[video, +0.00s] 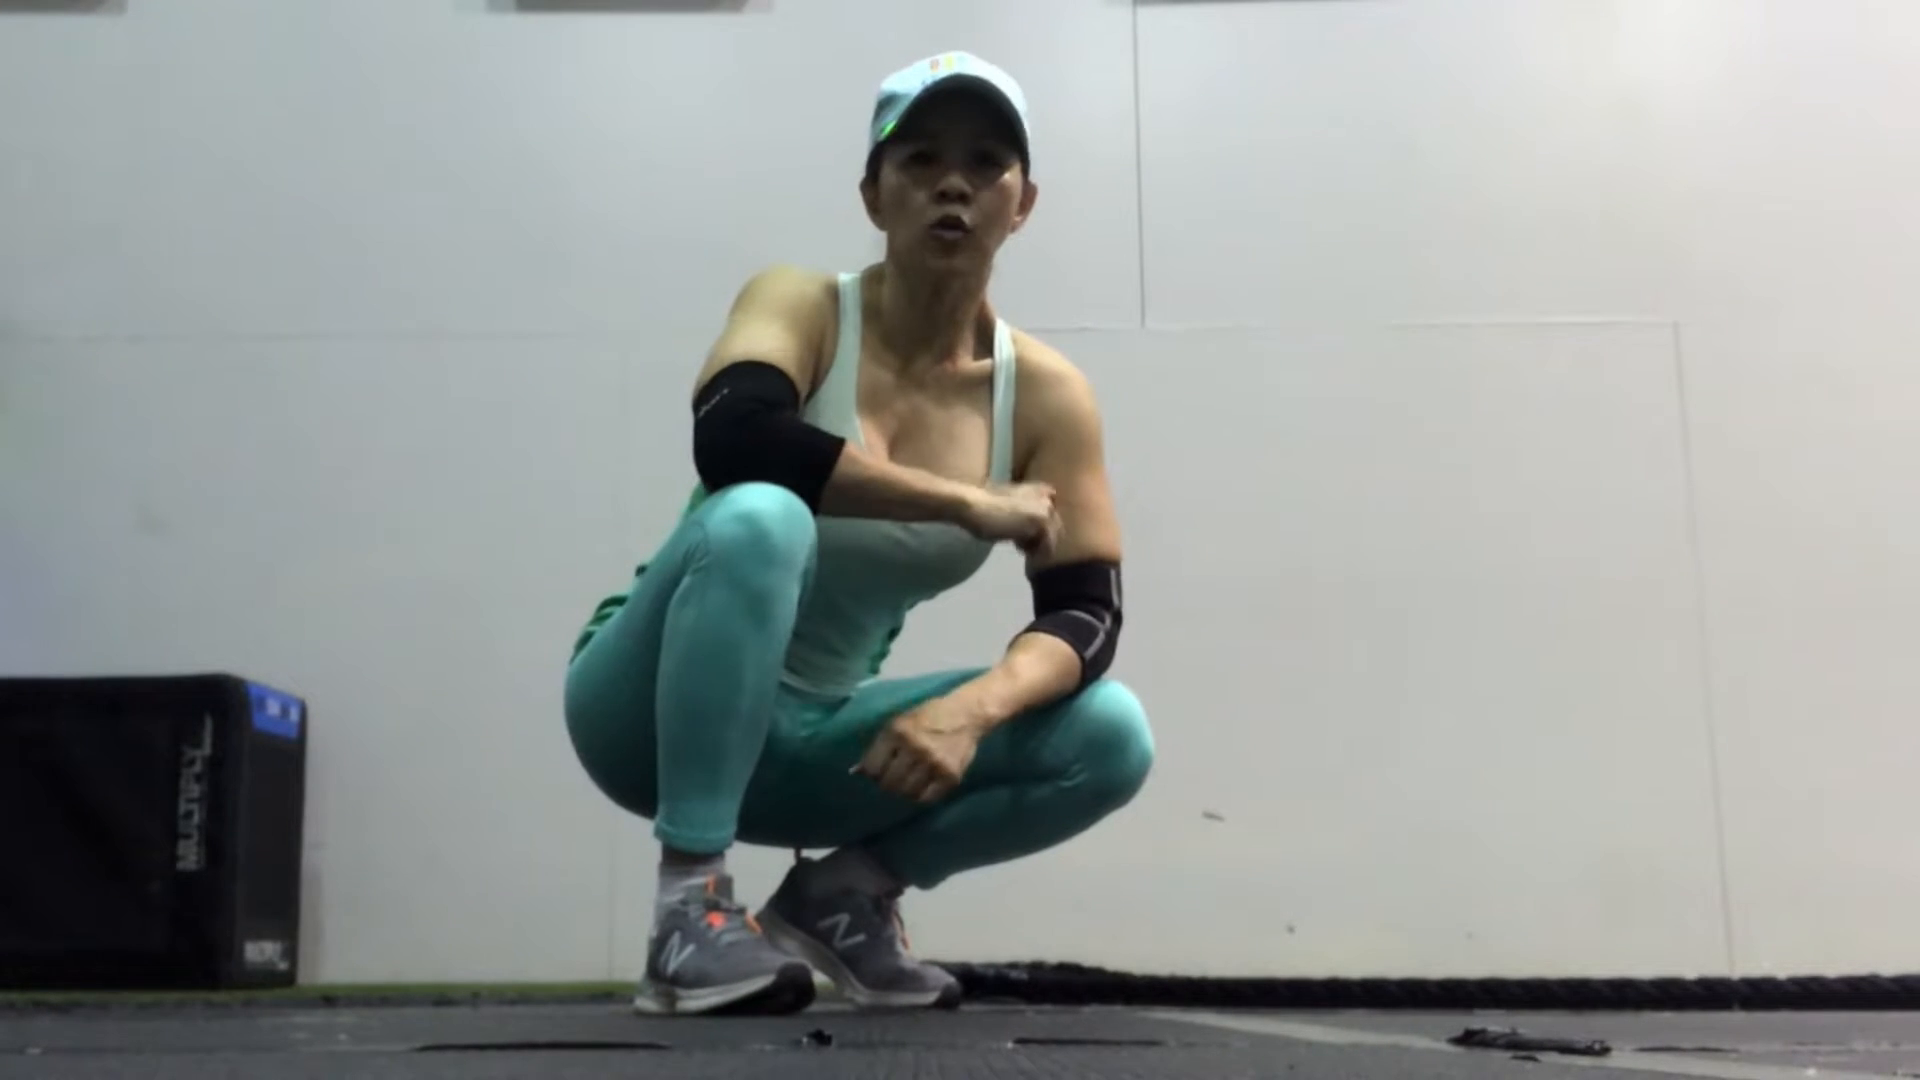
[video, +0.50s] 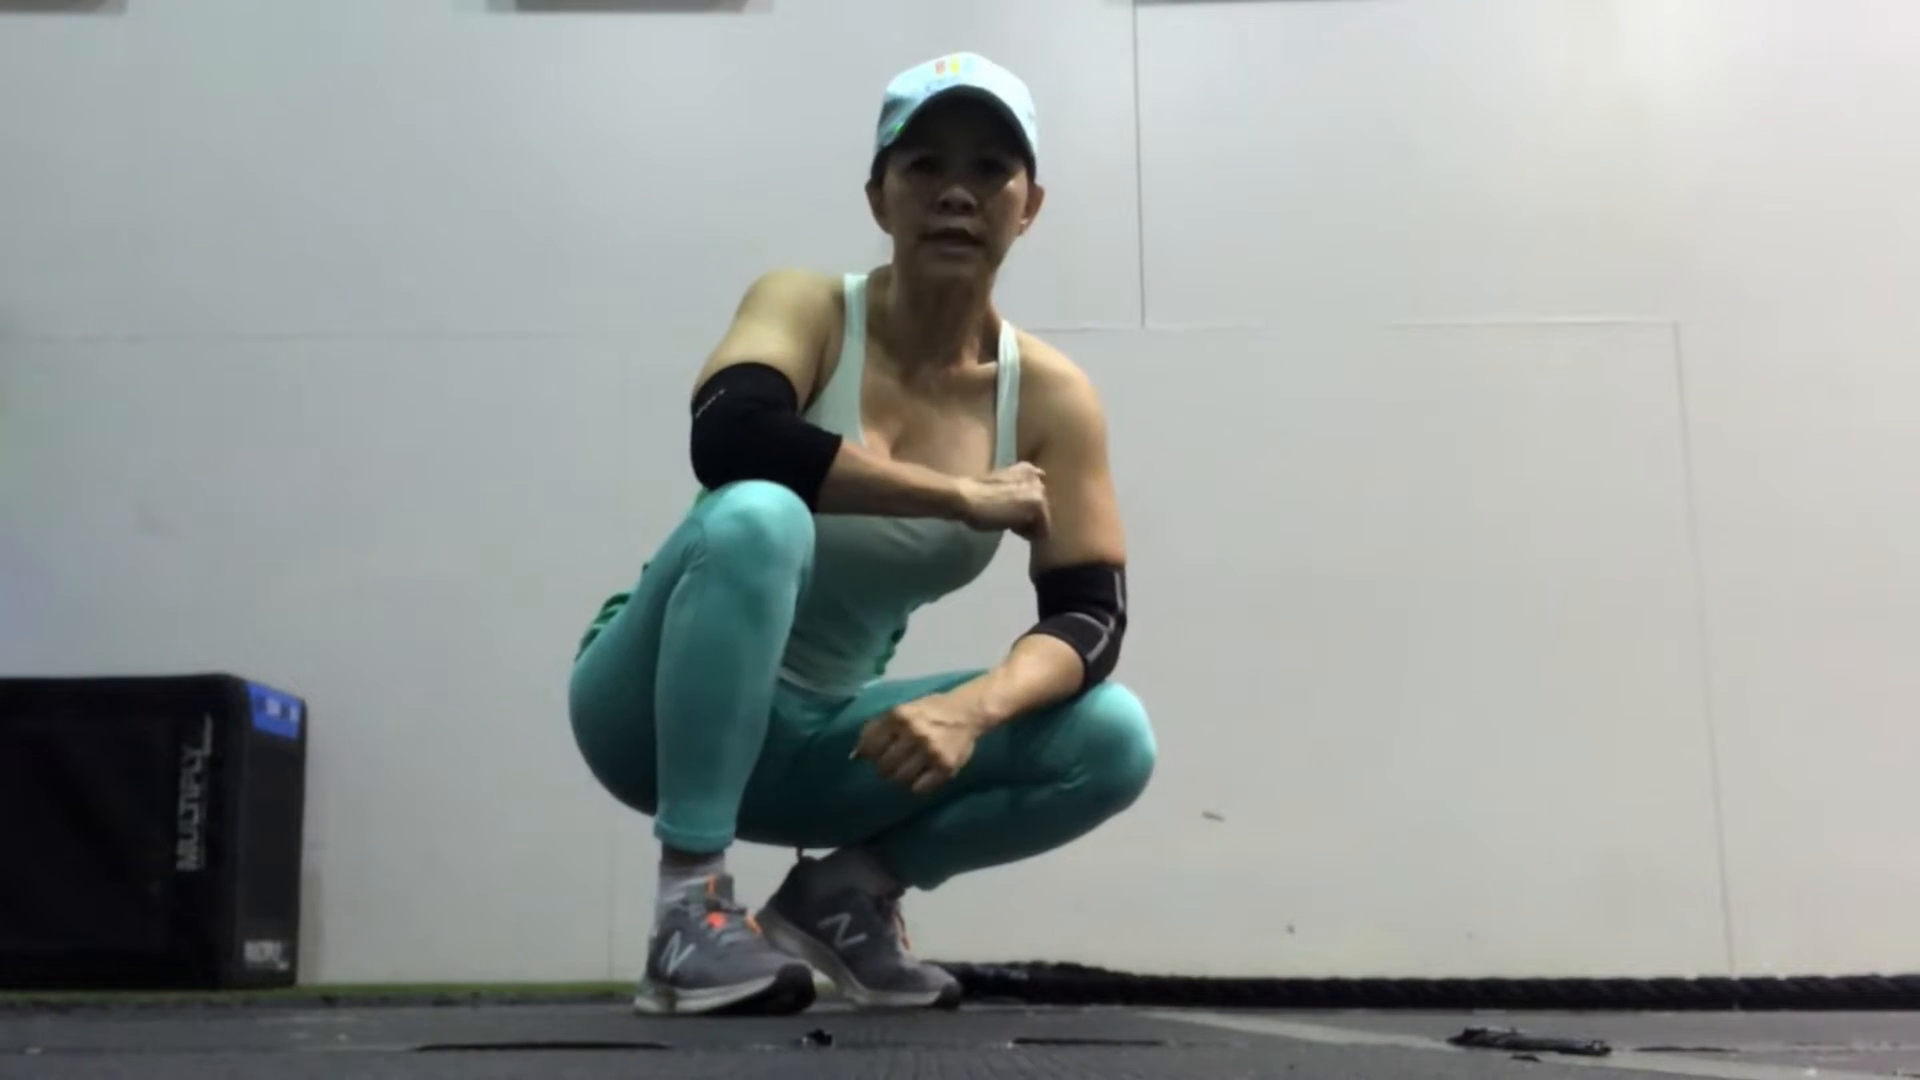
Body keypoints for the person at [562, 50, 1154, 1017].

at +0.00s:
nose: (952, 184)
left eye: (983, 162)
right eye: (922, 159)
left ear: (1022, 202)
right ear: (874, 193)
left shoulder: (1043, 394)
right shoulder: (796, 305)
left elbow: (1084, 617)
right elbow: (736, 440)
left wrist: (974, 707)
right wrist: (967, 502)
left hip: (818, 743)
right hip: (655, 709)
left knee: (1108, 737)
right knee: (759, 521)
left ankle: (841, 893)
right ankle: (692, 909)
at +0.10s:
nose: (953, 185)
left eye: (985, 163)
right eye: (923, 161)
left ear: (1025, 202)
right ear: (877, 195)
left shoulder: (1046, 395)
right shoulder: (799, 305)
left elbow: (1084, 617)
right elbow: (736, 439)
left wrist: (972, 705)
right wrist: (968, 499)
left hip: (820, 743)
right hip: (657, 709)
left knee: (1107, 737)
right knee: (758, 520)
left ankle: (841, 893)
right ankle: (692, 908)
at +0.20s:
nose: (956, 189)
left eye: (988, 167)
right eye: (926, 163)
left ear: (1028, 204)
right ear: (879, 195)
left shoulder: (1046, 395)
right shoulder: (801, 306)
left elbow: (1085, 618)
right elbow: (734, 438)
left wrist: (973, 705)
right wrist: (964, 494)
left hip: (822, 745)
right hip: (658, 710)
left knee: (1108, 738)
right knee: (760, 520)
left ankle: (841, 894)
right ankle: (692, 909)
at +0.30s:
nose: (957, 192)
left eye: (988, 169)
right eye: (926, 165)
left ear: (1029, 204)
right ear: (880, 194)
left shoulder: (1047, 396)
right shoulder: (802, 307)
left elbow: (1086, 619)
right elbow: (734, 438)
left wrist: (970, 707)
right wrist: (962, 497)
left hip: (822, 746)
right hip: (659, 711)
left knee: (1109, 739)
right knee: (760, 519)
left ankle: (841, 894)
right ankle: (692, 909)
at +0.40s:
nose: (955, 193)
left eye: (988, 169)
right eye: (926, 165)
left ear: (1029, 205)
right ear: (880, 193)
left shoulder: (1048, 397)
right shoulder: (802, 307)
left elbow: (1087, 619)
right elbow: (732, 436)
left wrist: (972, 706)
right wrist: (960, 497)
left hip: (824, 746)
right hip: (661, 711)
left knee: (1109, 740)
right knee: (758, 519)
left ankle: (841, 894)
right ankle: (692, 910)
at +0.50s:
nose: (956, 192)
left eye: (988, 169)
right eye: (926, 165)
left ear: (1029, 205)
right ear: (880, 193)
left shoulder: (1048, 396)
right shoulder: (801, 307)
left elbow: (1088, 619)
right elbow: (732, 437)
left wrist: (973, 707)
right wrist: (961, 496)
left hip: (824, 746)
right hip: (661, 711)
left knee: (1110, 740)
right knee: (758, 519)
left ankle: (841, 894)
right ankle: (691, 910)